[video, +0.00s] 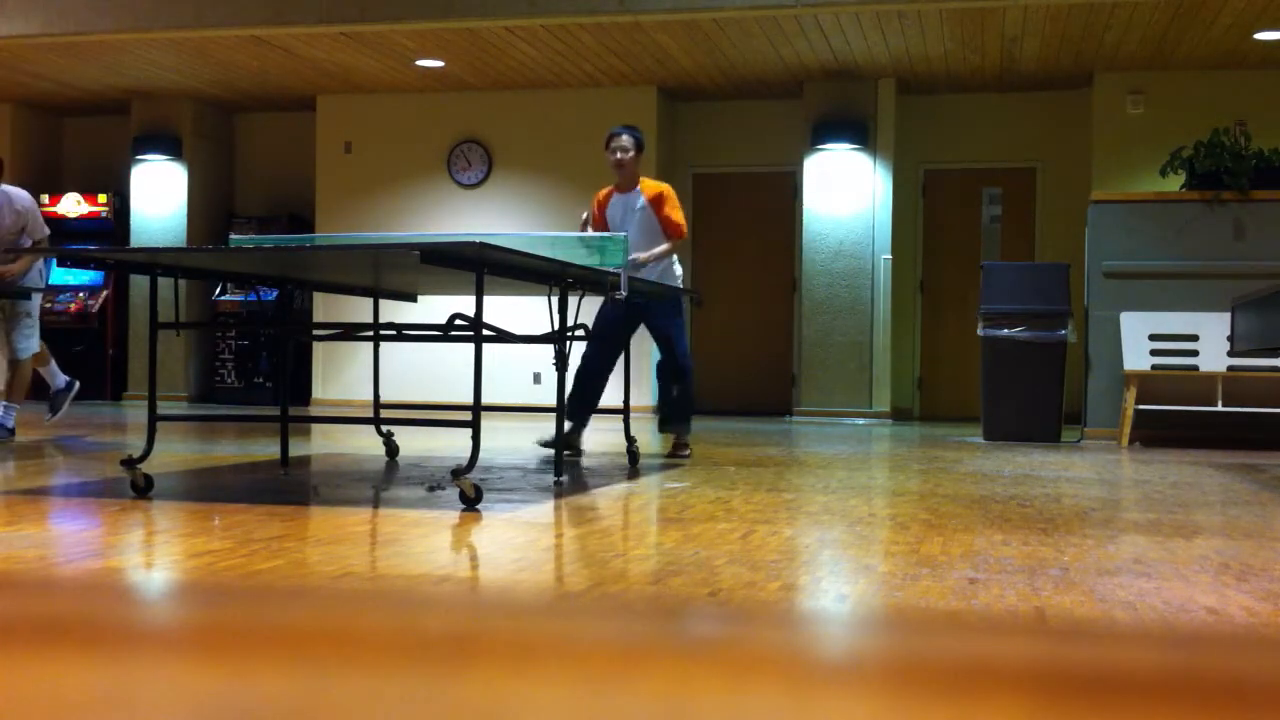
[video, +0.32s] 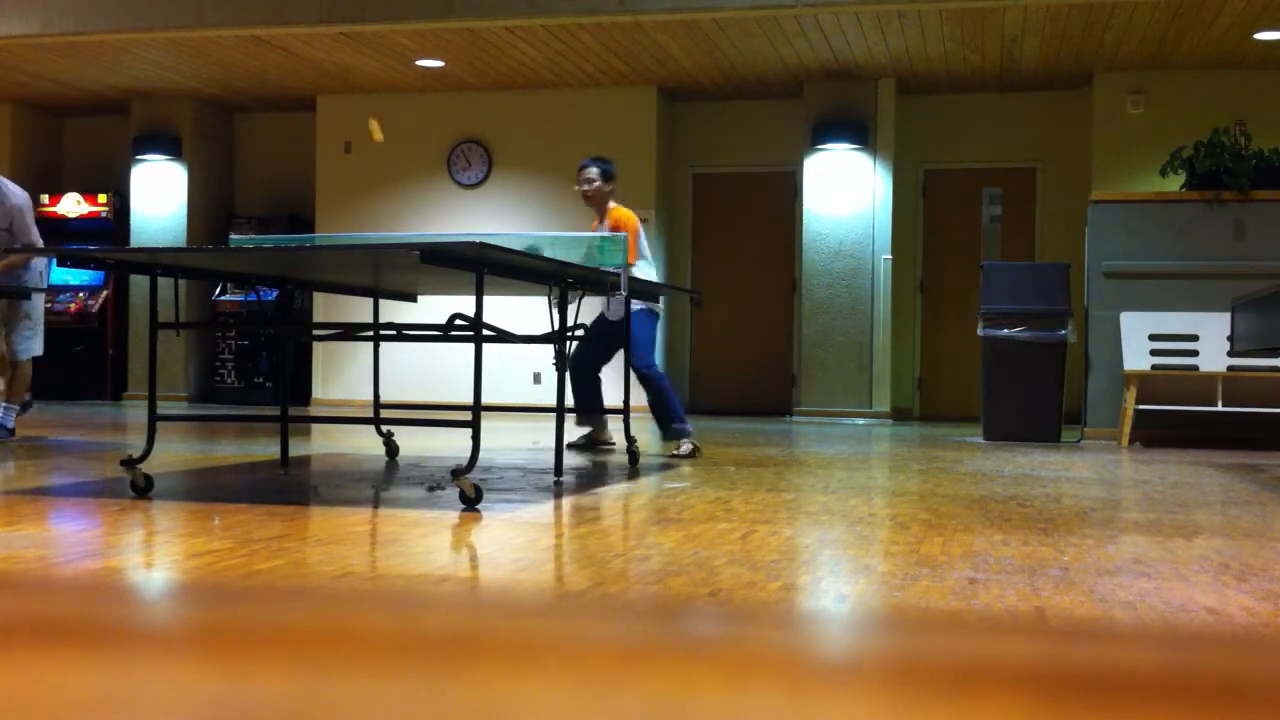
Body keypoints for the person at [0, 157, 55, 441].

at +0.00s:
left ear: (3, 172)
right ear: (3, 173)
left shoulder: (18, 200)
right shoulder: (15, 201)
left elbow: (42, 242)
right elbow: (40, 241)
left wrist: (17, 266)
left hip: (24, 272)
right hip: (4, 273)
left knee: (21, 346)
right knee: (22, 337)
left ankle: (7, 418)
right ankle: (60, 383)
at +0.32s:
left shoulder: (14, 199)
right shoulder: (12, 198)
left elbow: (31, 248)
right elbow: (28, 247)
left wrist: (4, 265)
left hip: (26, 275)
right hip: (8, 275)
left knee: (20, 350)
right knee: (6, 347)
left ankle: (7, 418)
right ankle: (18, 397)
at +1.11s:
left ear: (1, 128)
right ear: (3, 127)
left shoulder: (7, 170)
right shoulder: (8, 169)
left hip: (16, 263)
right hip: (16, 262)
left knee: (15, 345)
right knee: (13, 345)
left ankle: (12, 415)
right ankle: (9, 414)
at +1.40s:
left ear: (5, 130)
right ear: (5, 131)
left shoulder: (16, 166)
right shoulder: (10, 166)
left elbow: (6, 209)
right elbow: (11, 210)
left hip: (21, 270)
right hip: (6, 271)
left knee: (30, 344)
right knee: (4, 350)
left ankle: (43, 405)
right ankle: (7, 415)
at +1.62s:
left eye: (1, 129)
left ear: (16, 135)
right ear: (9, 135)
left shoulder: (37, 172)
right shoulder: (4, 174)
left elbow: (43, 221)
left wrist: (4, 212)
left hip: (33, 278)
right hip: (3, 278)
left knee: (48, 352)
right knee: (1, 354)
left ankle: (57, 412)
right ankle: (6, 416)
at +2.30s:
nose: (12, 147)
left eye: (18, 141)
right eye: (8, 141)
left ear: (37, 144)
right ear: (4, 144)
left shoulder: (60, 182)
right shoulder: (1, 181)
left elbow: (80, 227)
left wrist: (45, 230)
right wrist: (8, 253)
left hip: (53, 281)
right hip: (9, 280)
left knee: (63, 350)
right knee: (1, 352)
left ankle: (61, 415)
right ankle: (0, 413)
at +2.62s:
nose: (36, 165)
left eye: (43, 160)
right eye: (32, 159)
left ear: (60, 164)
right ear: (28, 162)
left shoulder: (79, 196)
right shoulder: (15, 197)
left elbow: (90, 230)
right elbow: (1, 230)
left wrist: (90, 253)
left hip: (73, 291)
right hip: (25, 292)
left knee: (88, 350)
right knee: (6, 350)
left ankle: (94, 415)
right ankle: (1, 412)